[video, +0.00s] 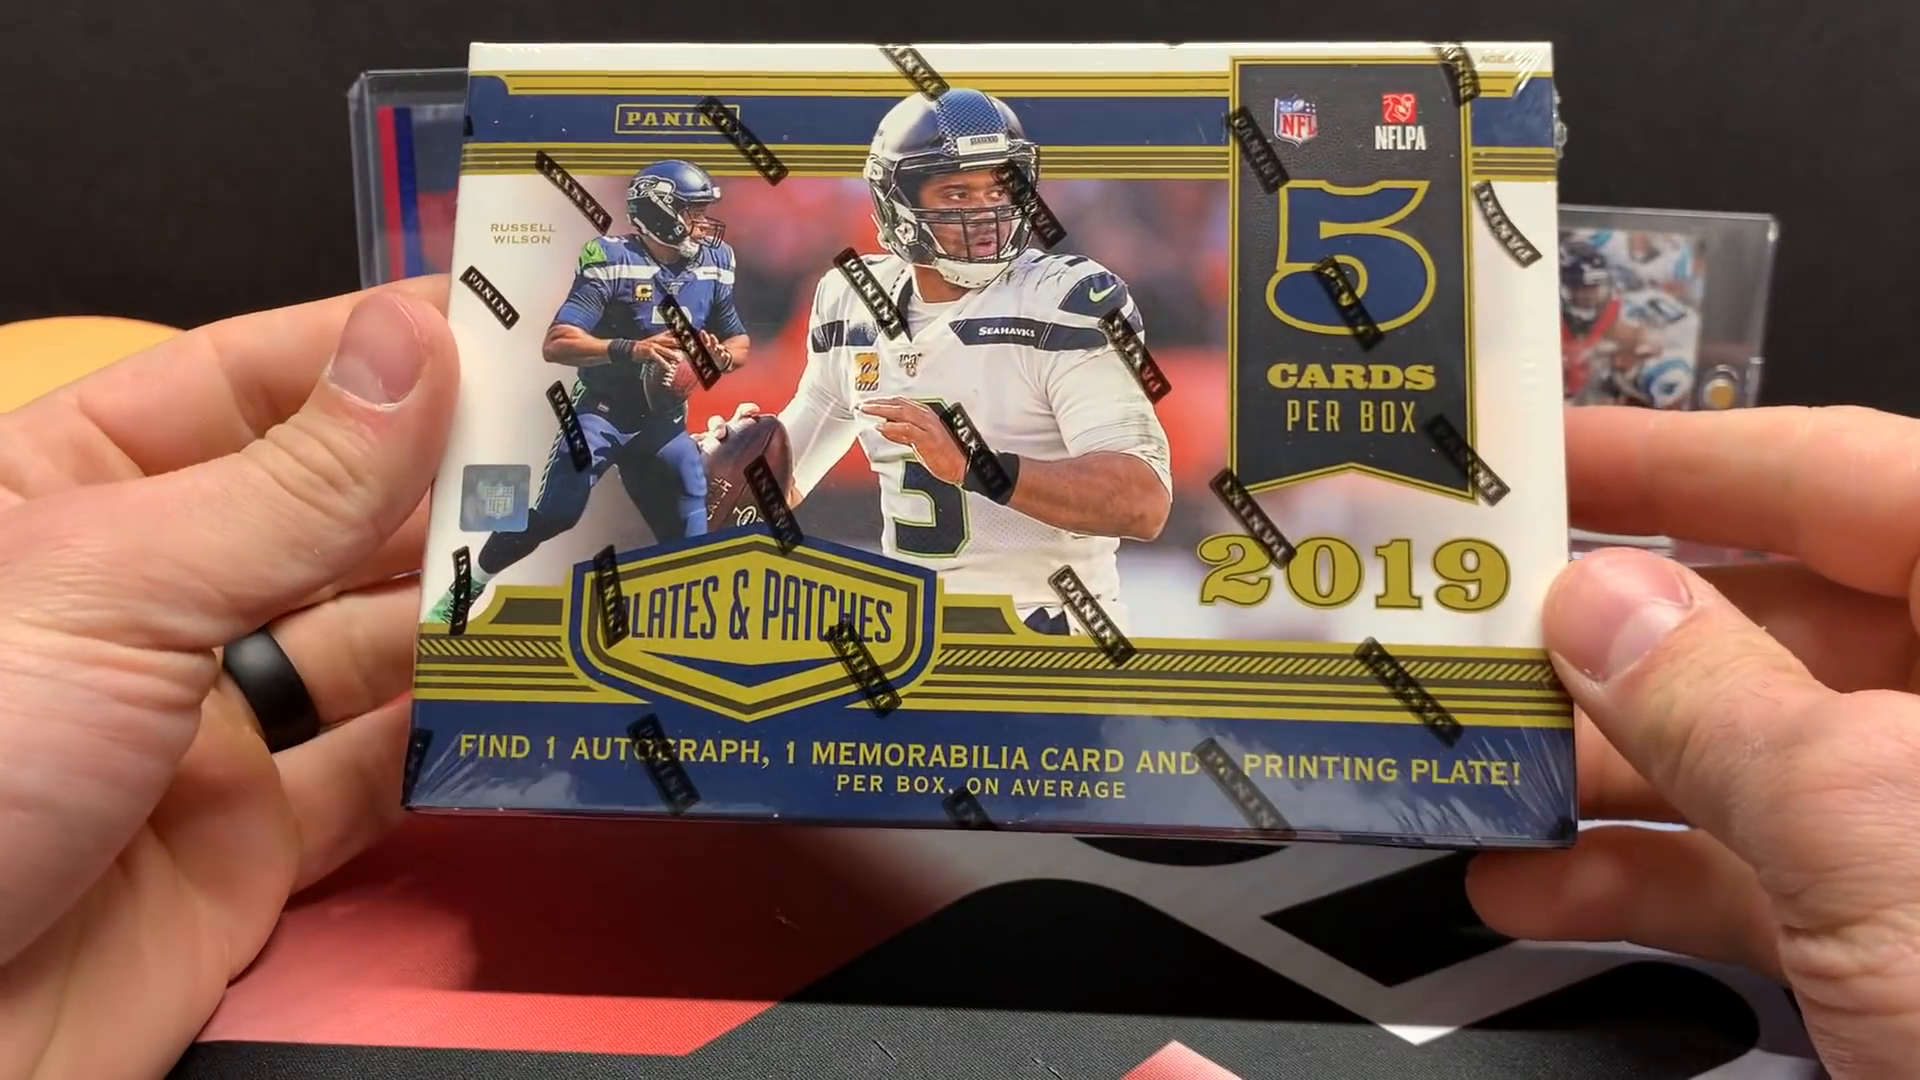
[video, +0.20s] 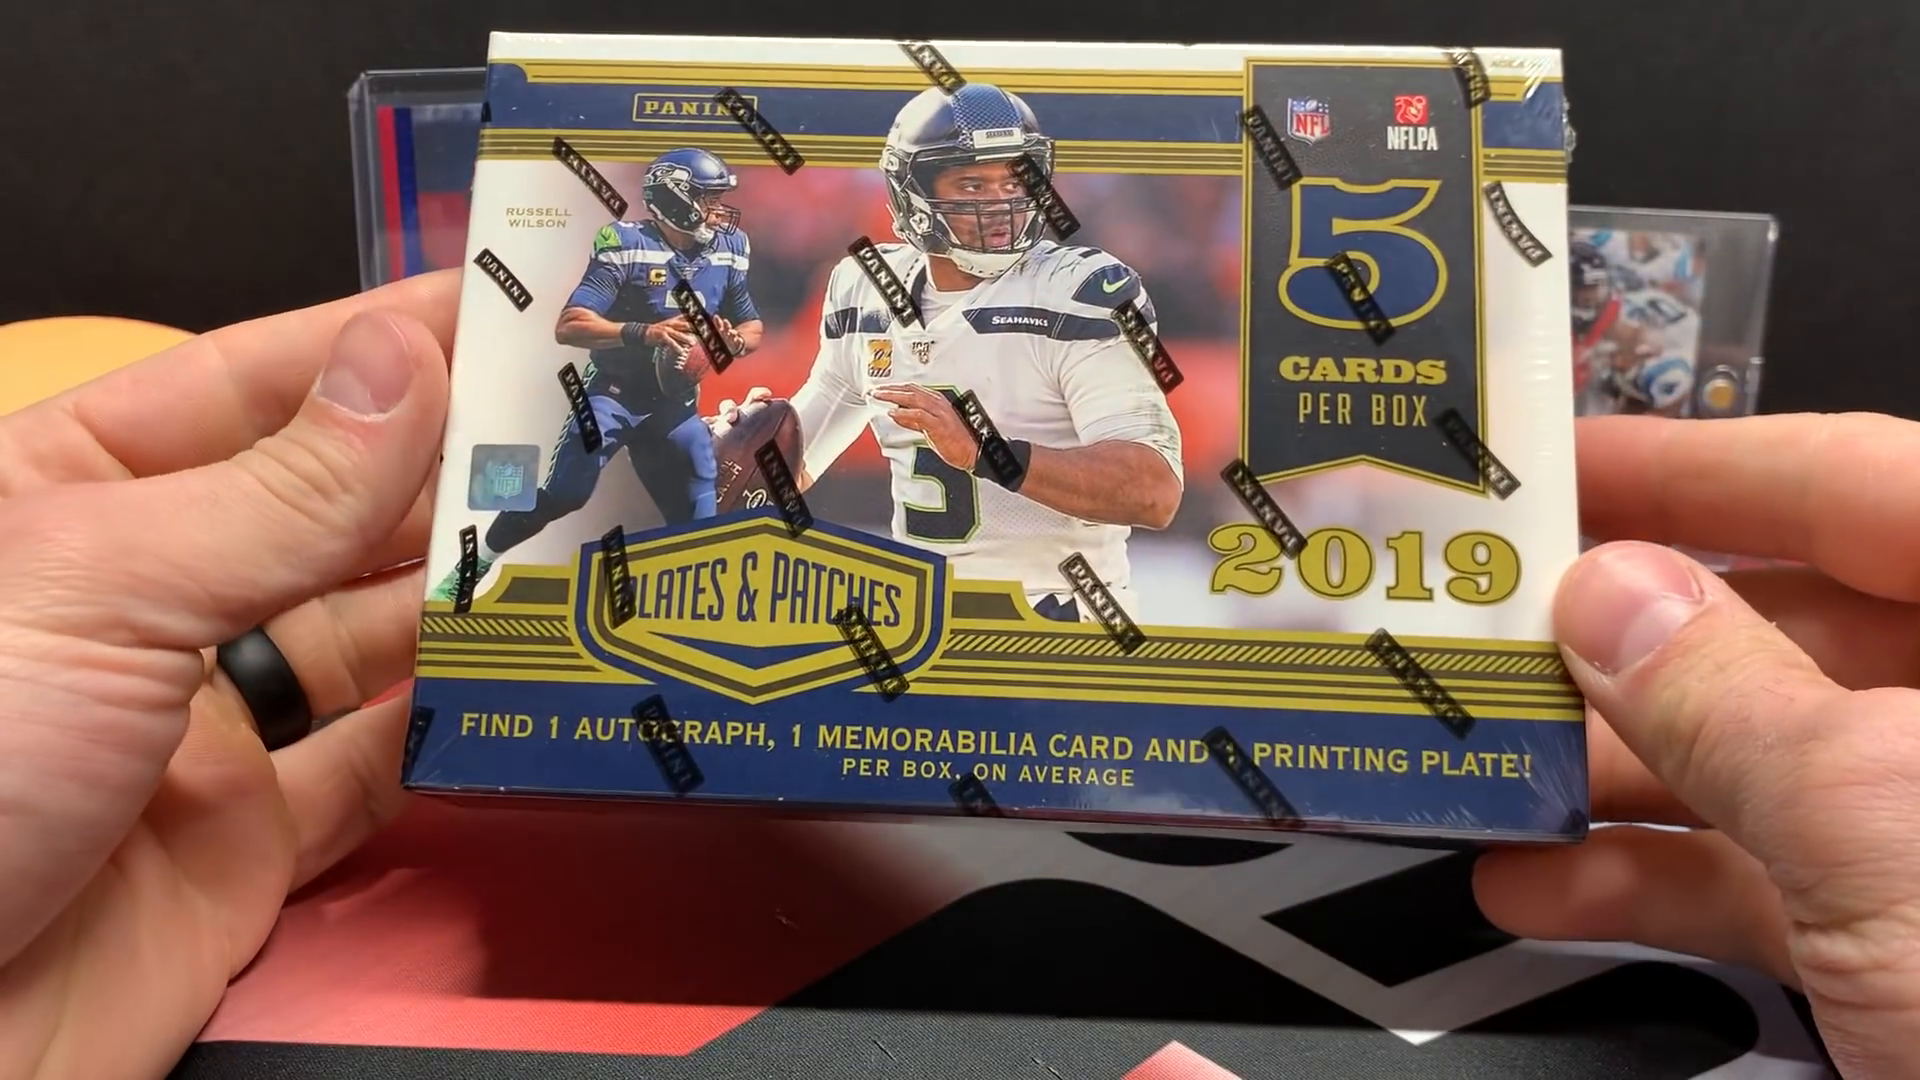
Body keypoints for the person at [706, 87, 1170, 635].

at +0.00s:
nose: (985, 212)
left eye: (997, 189)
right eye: (957, 194)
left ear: (1019, 191)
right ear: (899, 205)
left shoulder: (1072, 301)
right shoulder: (851, 300)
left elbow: (1142, 500)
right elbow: (779, 480)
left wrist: (983, 466)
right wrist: (743, 457)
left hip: (1057, 644)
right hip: (909, 638)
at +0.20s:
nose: (999, 204)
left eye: (1013, 182)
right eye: (971, 187)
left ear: (1033, 183)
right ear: (915, 196)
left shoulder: (1085, 293)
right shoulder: (864, 289)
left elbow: (1153, 489)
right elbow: (785, 468)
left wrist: (993, 455)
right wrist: (755, 437)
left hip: (1065, 626)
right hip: (922, 620)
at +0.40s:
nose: (1010, 209)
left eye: (1023, 188)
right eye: (983, 192)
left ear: (1044, 191)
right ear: (928, 201)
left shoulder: (1098, 295)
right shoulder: (876, 290)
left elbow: (1166, 487)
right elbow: (797, 463)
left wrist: (1008, 453)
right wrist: (765, 430)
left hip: (1081, 618)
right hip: (938, 616)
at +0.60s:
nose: (1016, 214)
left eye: (1029, 193)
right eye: (989, 197)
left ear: (1050, 195)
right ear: (933, 206)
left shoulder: (1105, 300)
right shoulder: (882, 296)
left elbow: (1174, 493)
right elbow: (801, 473)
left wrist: (1013, 459)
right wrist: (773, 436)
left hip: (1091, 625)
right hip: (945, 622)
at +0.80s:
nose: (1019, 211)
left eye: (1031, 189)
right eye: (990, 194)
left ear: (1051, 190)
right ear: (933, 204)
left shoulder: (1106, 301)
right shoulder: (881, 298)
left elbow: (1176, 501)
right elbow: (804, 480)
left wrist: (1014, 466)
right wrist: (772, 451)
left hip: (1092, 642)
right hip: (945, 635)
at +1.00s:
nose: (1015, 214)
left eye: (1030, 190)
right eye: (987, 195)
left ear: (1051, 193)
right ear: (928, 205)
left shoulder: (1101, 306)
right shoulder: (878, 302)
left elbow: (1171, 511)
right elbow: (803, 488)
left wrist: (1009, 475)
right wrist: (771, 463)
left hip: (1085, 654)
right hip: (936, 647)